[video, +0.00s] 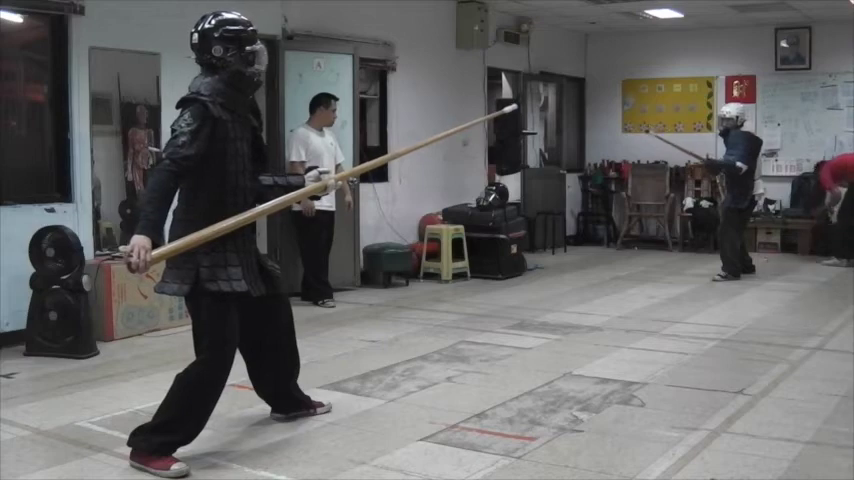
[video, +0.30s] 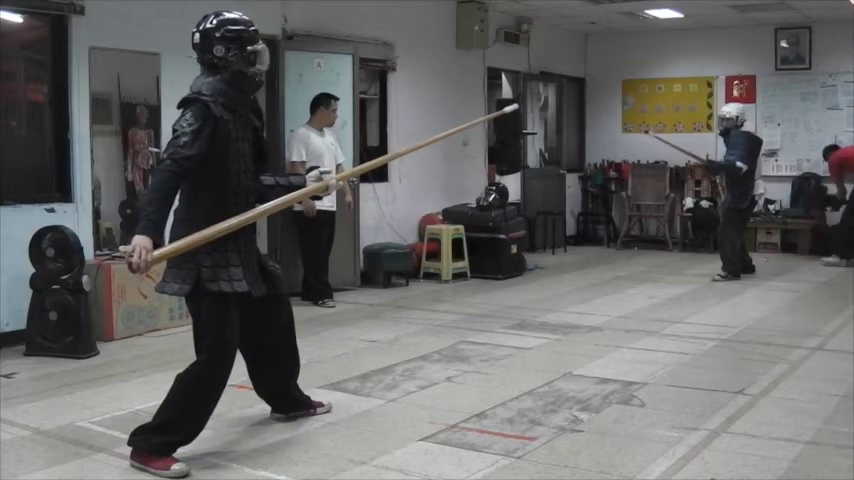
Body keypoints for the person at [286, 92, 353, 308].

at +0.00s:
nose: (335, 115)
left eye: (335, 111)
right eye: (332, 110)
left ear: (322, 112)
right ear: (319, 111)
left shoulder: (329, 136)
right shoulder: (300, 135)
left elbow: (338, 168)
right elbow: (295, 169)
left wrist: (347, 191)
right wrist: (303, 197)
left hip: (327, 203)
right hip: (308, 204)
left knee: (322, 250)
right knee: (313, 250)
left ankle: (312, 290)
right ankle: (320, 293)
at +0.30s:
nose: (336, 115)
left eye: (336, 111)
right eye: (333, 110)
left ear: (323, 112)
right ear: (320, 111)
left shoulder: (329, 136)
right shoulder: (300, 135)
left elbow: (338, 168)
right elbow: (296, 169)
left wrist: (347, 190)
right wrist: (304, 197)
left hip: (328, 203)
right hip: (309, 204)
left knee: (323, 250)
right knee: (314, 250)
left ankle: (313, 290)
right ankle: (320, 293)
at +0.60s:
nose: (336, 115)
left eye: (337, 111)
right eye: (332, 110)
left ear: (328, 113)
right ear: (318, 111)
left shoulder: (331, 136)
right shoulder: (304, 134)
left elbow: (340, 168)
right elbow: (299, 169)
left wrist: (348, 192)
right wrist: (307, 197)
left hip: (331, 200)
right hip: (314, 201)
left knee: (326, 248)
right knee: (320, 248)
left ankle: (313, 290)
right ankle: (326, 291)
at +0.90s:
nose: (346, 116)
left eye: (347, 112)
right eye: (342, 112)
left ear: (343, 114)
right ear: (328, 112)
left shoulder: (341, 138)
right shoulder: (315, 137)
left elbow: (350, 170)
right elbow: (309, 172)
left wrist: (360, 196)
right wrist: (309, 201)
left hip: (339, 202)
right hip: (324, 203)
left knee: (323, 249)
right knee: (339, 247)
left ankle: (312, 291)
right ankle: (356, 289)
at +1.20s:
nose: (373, 123)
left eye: (374, 119)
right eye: (369, 118)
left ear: (361, 120)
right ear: (355, 118)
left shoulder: (365, 142)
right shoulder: (343, 143)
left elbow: (383, 166)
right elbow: (339, 182)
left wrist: (406, 181)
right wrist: (339, 216)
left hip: (354, 207)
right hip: (344, 209)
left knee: (336, 254)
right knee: (362, 250)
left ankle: (315, 288)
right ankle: (371, 298)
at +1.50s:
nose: (383, 129)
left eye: (383, 125)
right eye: (379, 124)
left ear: (372, 124)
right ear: (364, 123)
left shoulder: (375, 144)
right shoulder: (352, 145)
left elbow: (396, 161)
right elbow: (378, 171)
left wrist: (404, 152)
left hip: (359, 206)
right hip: (345, 206)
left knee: (340, 250)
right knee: (370, 245)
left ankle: (323, 287)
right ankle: (371, 298)